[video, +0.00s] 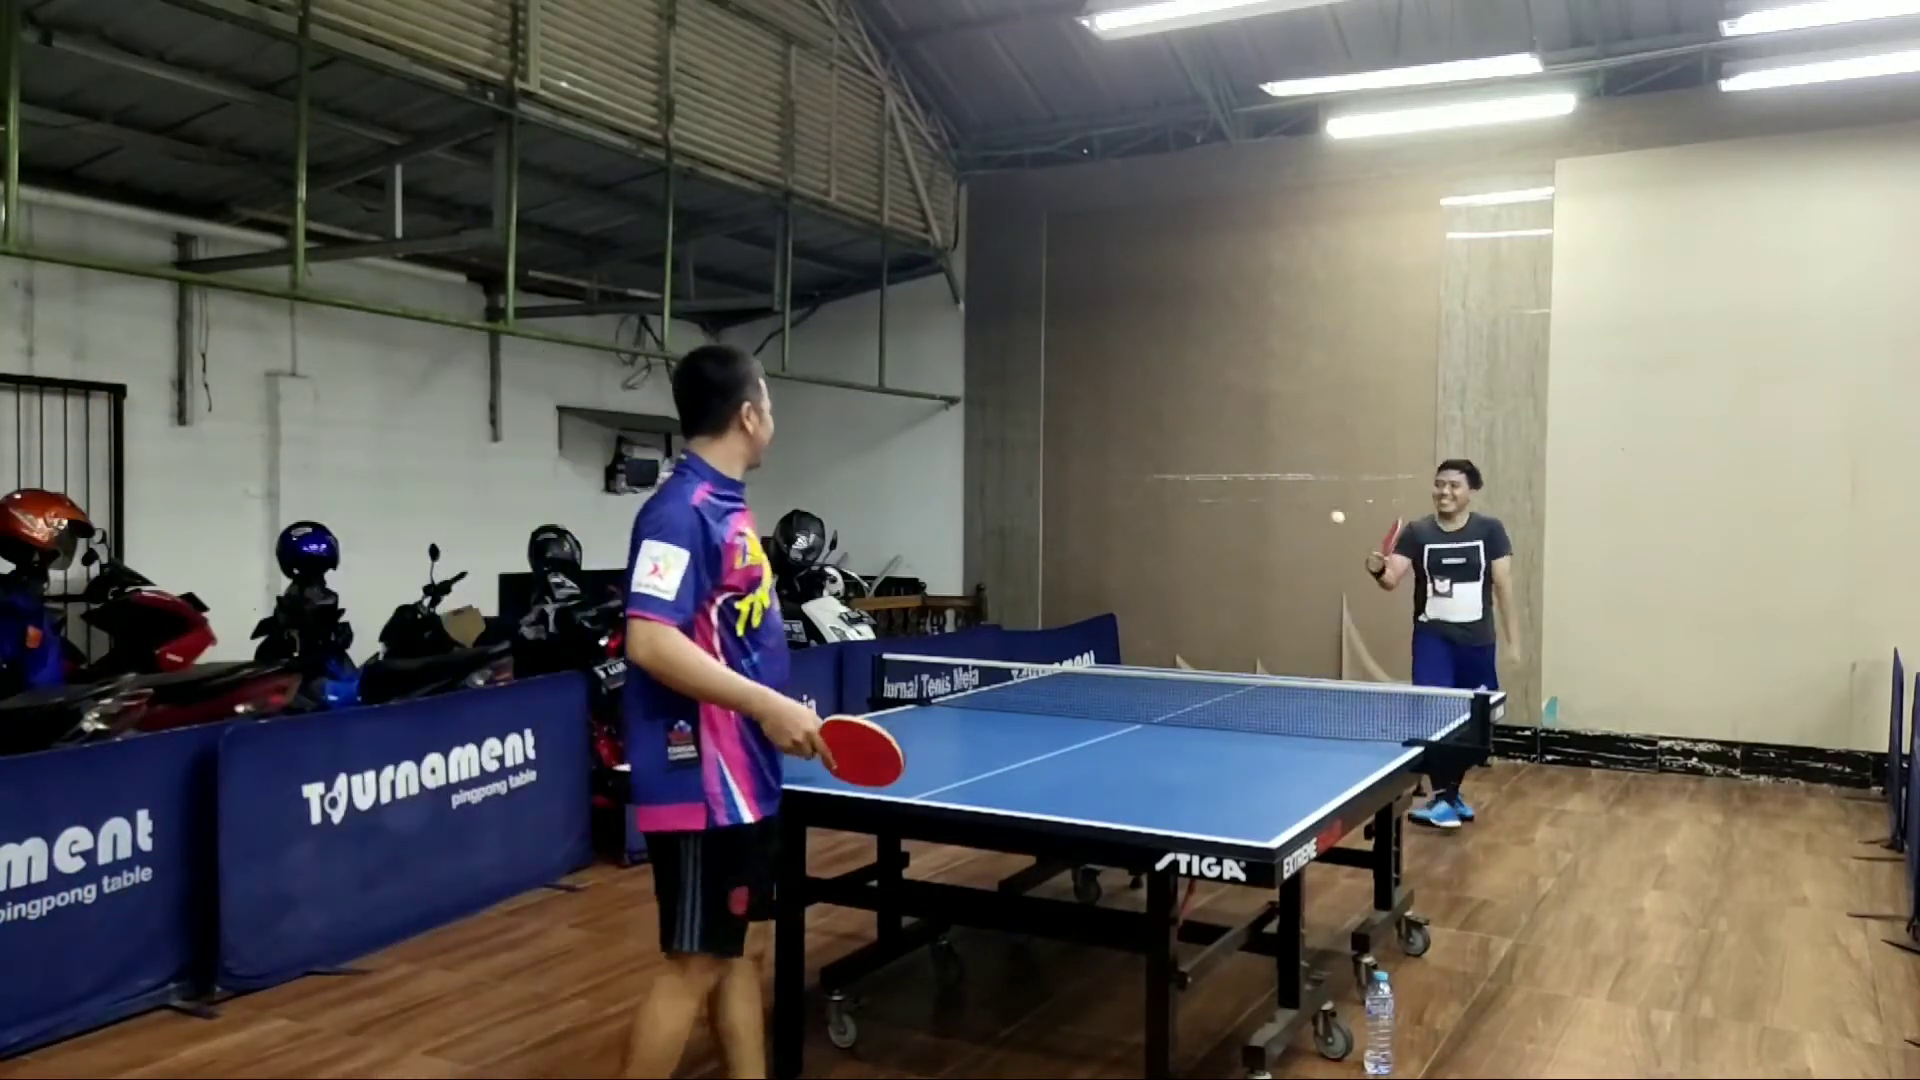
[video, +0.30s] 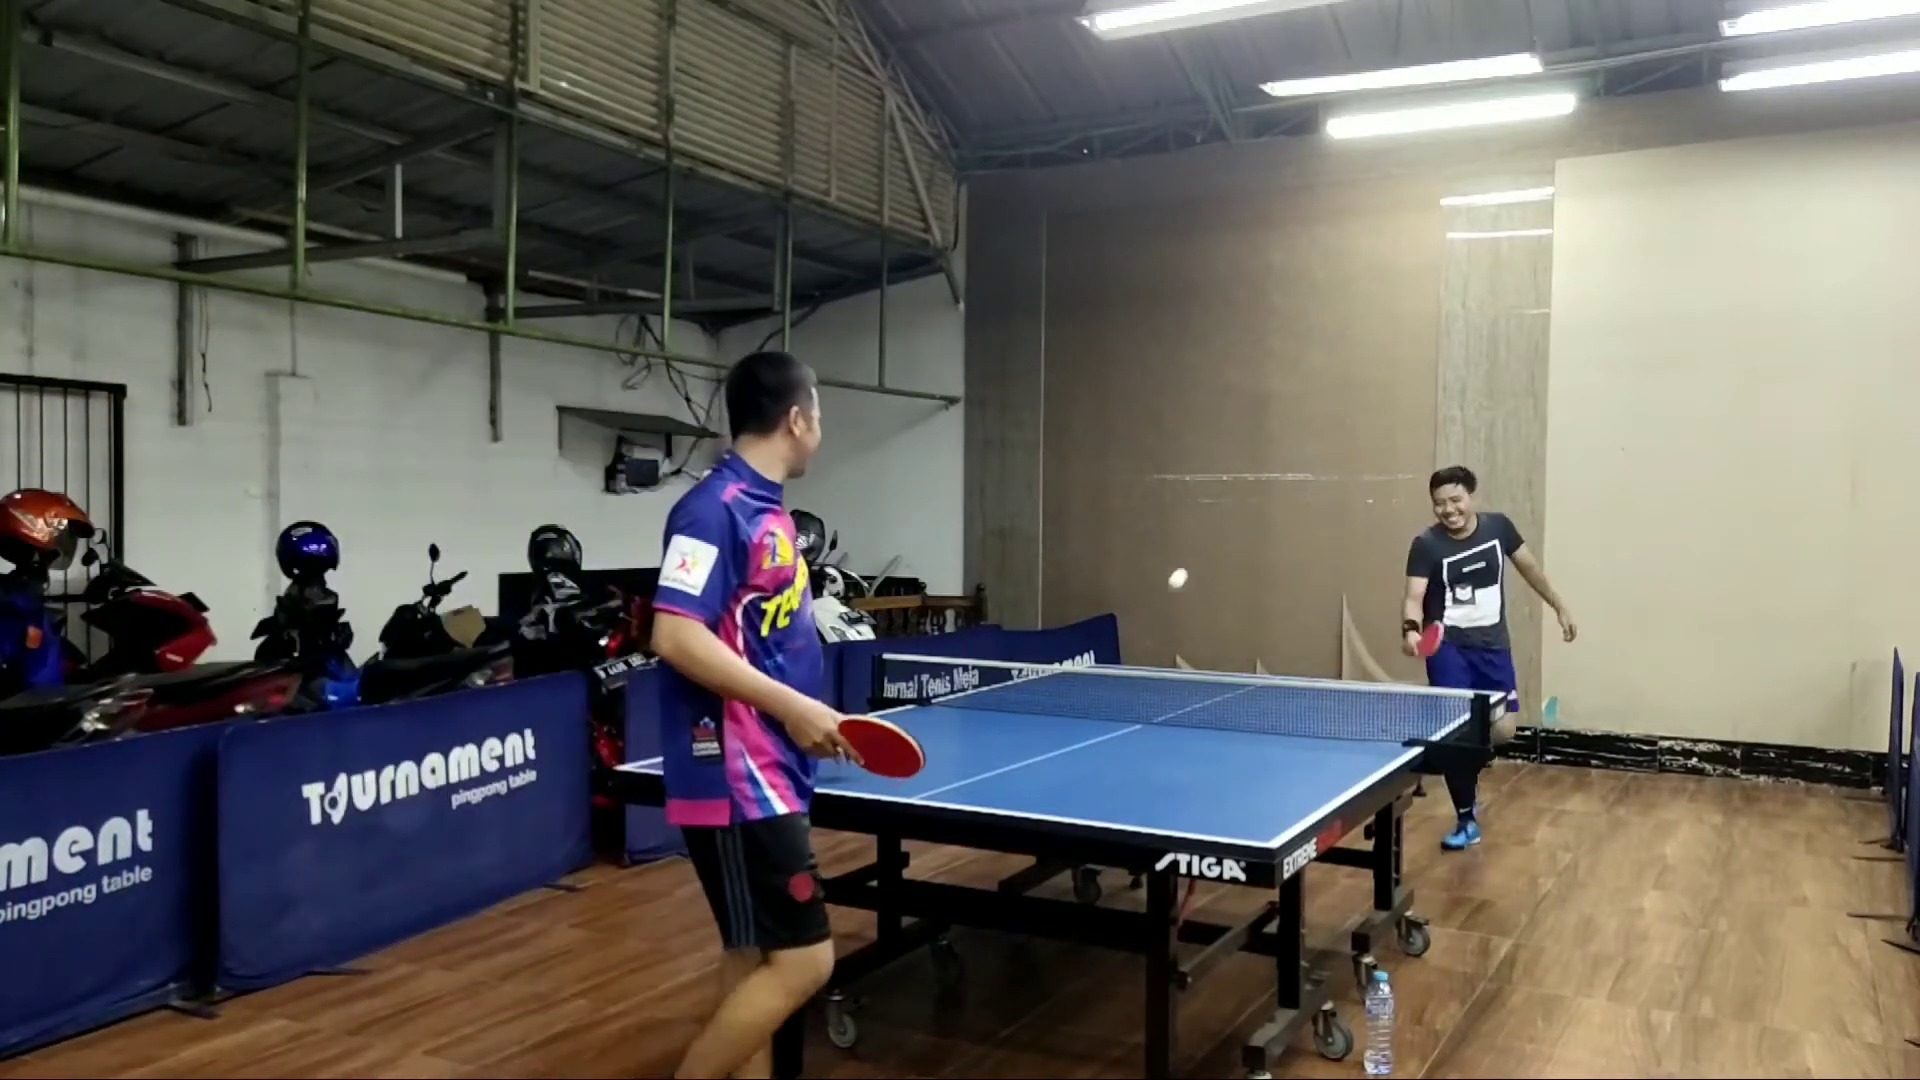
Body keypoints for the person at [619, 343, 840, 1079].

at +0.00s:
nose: (770, 418)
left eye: (766, 403)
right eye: (767, 404)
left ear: (699, 413)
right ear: (749, 413)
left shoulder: (723, 505)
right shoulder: (678, 511)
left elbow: (713, 641)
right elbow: (649, 640)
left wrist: (781, 713)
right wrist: (766, 703)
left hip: (736, 773)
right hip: (692, 782)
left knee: (738, 953)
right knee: (693, 963)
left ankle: (750, 1074)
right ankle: (641, 1074)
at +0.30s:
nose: (819, 429)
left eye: (818, 414)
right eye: (817, 414)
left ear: (749, 418)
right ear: (797, 419)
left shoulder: (762, 506)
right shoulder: (713, 508)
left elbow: (745, 640)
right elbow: (675, 634)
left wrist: (807, 718)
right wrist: (789, 704)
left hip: (760, 772)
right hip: (729, 779)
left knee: (749, 959)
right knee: (803, 960)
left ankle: (752, 1075)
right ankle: (695, 1073)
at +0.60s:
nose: (806, 428)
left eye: (803, 412)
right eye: (804, 412)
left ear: (733, 414)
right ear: (786, 418)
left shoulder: (750, 506)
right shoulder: (717, 514)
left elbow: (762, 622)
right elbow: (685, 660)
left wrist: (849, 586)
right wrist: (811, 727)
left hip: (768, 780)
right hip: (744, 792)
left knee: (770, 976)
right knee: (765, 987)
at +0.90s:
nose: (790, 431)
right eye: (791, 419)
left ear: (701, 413)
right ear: (783, 429)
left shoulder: (646, 506)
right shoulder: (737, 524)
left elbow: (671, 649)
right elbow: (716, 678)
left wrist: (790, 664)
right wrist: (825, 763)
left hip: (639, 806)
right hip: (702, 819)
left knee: (694, 1003)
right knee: (707, 1019)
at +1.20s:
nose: (632, 410)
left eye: (634, 401)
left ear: (642, 409)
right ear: (726, 424)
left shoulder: (570, 508)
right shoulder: (730, 522)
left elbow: (525, 650)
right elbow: (725, 673)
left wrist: (606, 685)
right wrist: (785, 791)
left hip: (578, 813)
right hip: (679, 825)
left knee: (568, 966)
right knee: (678, 1015)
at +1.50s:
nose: (551, 418)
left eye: (553, 407)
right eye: (556, 408)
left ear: (564, 415)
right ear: (643, 434)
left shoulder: (486, 513)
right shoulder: (655, 536)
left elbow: (448, 661)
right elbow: (654, 691)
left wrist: (533, 656)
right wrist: (713, 769)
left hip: (475, 832)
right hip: (599, 843)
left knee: (430, 1020)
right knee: (653, 1022)